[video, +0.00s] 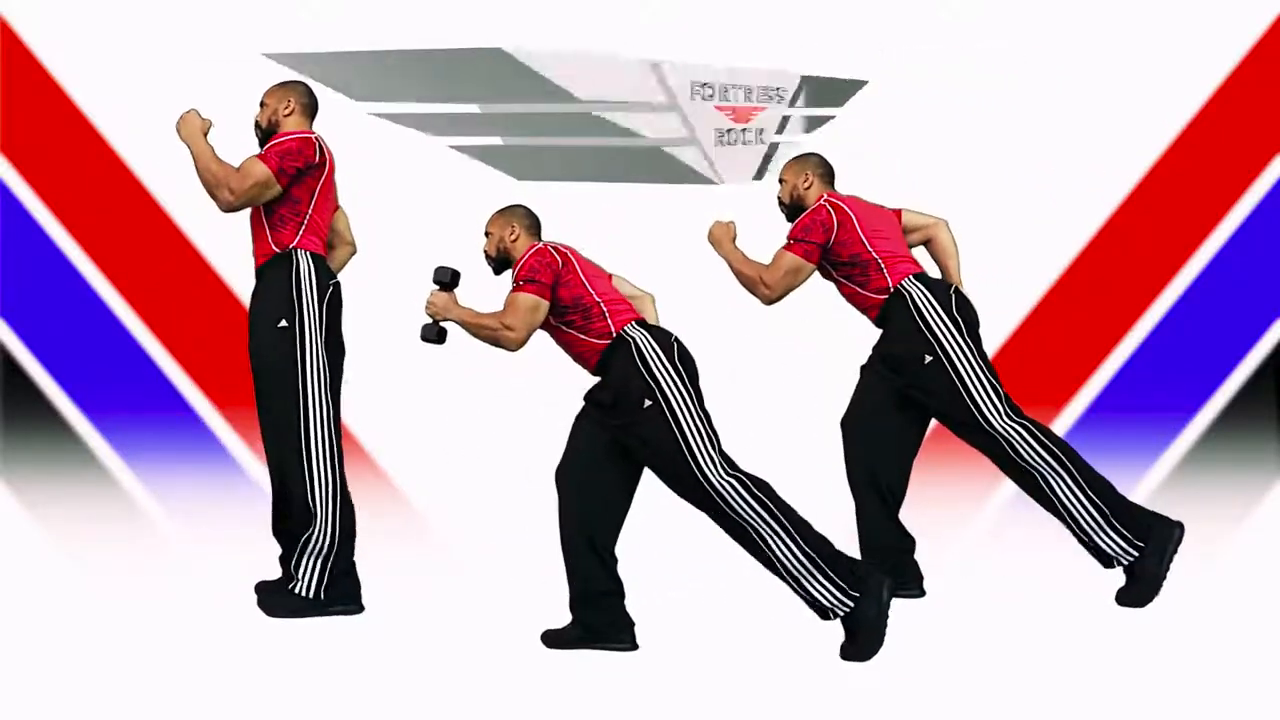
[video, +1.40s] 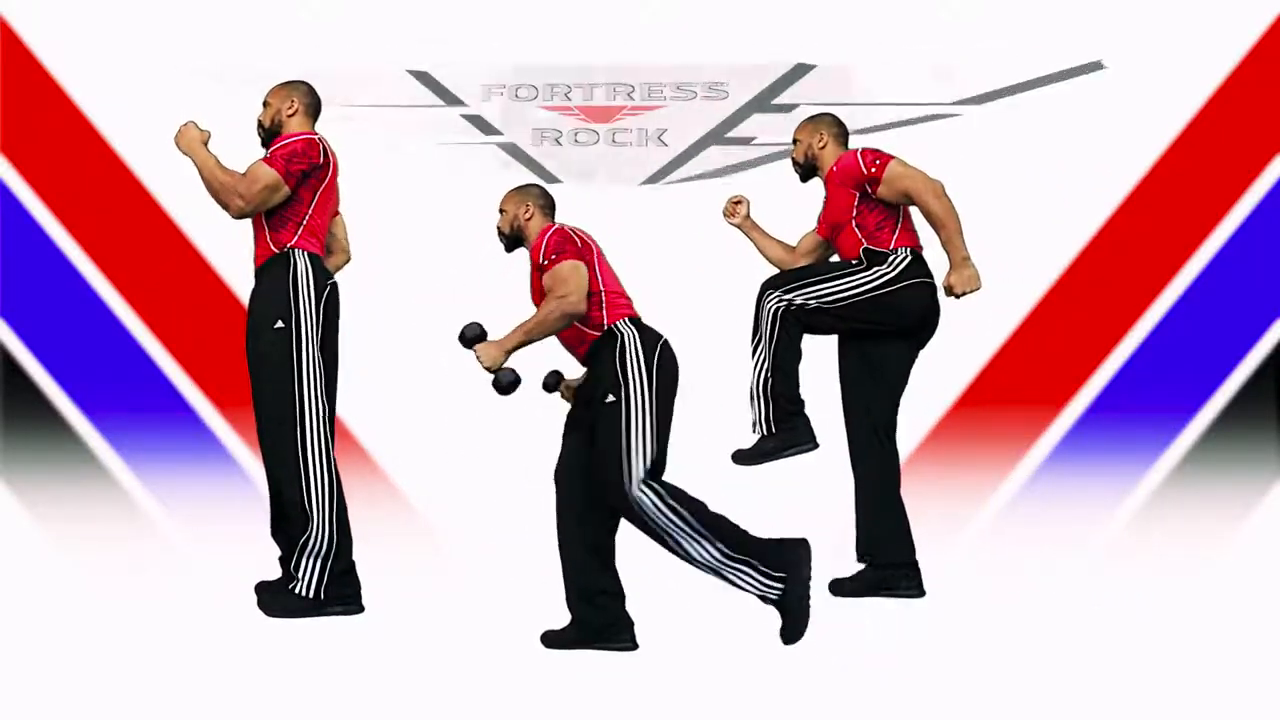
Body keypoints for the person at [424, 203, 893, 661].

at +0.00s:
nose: (484, 246)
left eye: (489, 235)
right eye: (485, 238)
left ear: (515, 231)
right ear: (525, 236)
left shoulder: (540, 258)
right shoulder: (562, 264)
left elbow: (512, 332)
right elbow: (641, 303)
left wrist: (454, 312)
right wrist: (651, 367)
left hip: (644, 360)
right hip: (621, 376)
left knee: (713, 482)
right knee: (581, 485)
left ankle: (851, 594)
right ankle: (602, 623)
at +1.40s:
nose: (498, 223)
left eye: (502, 212)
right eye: (498, 215)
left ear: (527, 210)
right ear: (531, 212)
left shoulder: (557, 238)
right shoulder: (542, 260)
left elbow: (569, 299)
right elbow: (602, 328)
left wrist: (505, 345)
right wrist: (584, 376)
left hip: (630, 353)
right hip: (604, 371)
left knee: (634, 487)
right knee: (577, 489)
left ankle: (778, 569)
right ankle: (601, 621)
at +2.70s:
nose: (497, 218)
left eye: (502, 208)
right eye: (497, 211)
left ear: (527, 204)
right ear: (531, 208)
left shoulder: (553, 234)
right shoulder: (561, 245)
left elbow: (528, 307)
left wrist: (462, 296)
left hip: (634, 348)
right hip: (609, 367)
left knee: (698, 472)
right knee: (584, 491)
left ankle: (836, 580)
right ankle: (601, 622)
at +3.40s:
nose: (489, 246)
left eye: (494, 235)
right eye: (490, 238)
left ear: (522, 230)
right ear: (530, 234)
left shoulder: (545, 261)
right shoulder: (565, 265)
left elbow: (508, 338)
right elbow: (643, 302)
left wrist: (452, 306)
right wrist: (652, 371)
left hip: (648, 362)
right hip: (624, 379)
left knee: (730, 484)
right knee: (578, 486)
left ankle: (866, 597)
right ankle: (600, 623)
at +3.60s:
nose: (490, 244)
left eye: (496, 233)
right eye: (491, 236)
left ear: (523, 230)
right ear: (530, 234)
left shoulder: (547, 262)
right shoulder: (566, 265)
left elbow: (510, 338)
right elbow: (645, 301)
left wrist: (454, 306)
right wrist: (654, 369)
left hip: (650, 363)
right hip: (627, 379)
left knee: (731, 485)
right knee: (581, 486)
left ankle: (868, 599)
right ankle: (601, 622)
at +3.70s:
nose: (491, 244)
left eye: (497, 233)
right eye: (492, 236)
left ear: (525, 229)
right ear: (531, 234)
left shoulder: (547, 262)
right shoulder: (567, 264)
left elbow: (510, 338)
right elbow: (646, 301)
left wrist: (454, 306)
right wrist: (654, 371)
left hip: (650, 362)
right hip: (629, 377)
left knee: (732, 484)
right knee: (582, 485)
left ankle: (870, 597)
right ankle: (601, 622)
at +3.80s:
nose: (492, 245)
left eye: (497, 234)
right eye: (492, 237)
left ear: (525, 229)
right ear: (532, 234)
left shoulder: (547, 260)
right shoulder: (568, 264)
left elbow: (511, 338)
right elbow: (646, 301)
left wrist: (455, 306)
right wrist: (656, 371)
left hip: (650, 361)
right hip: (629, 376)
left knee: (730, 483)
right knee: (582, 485)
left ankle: (869, 599)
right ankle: (601, 622)